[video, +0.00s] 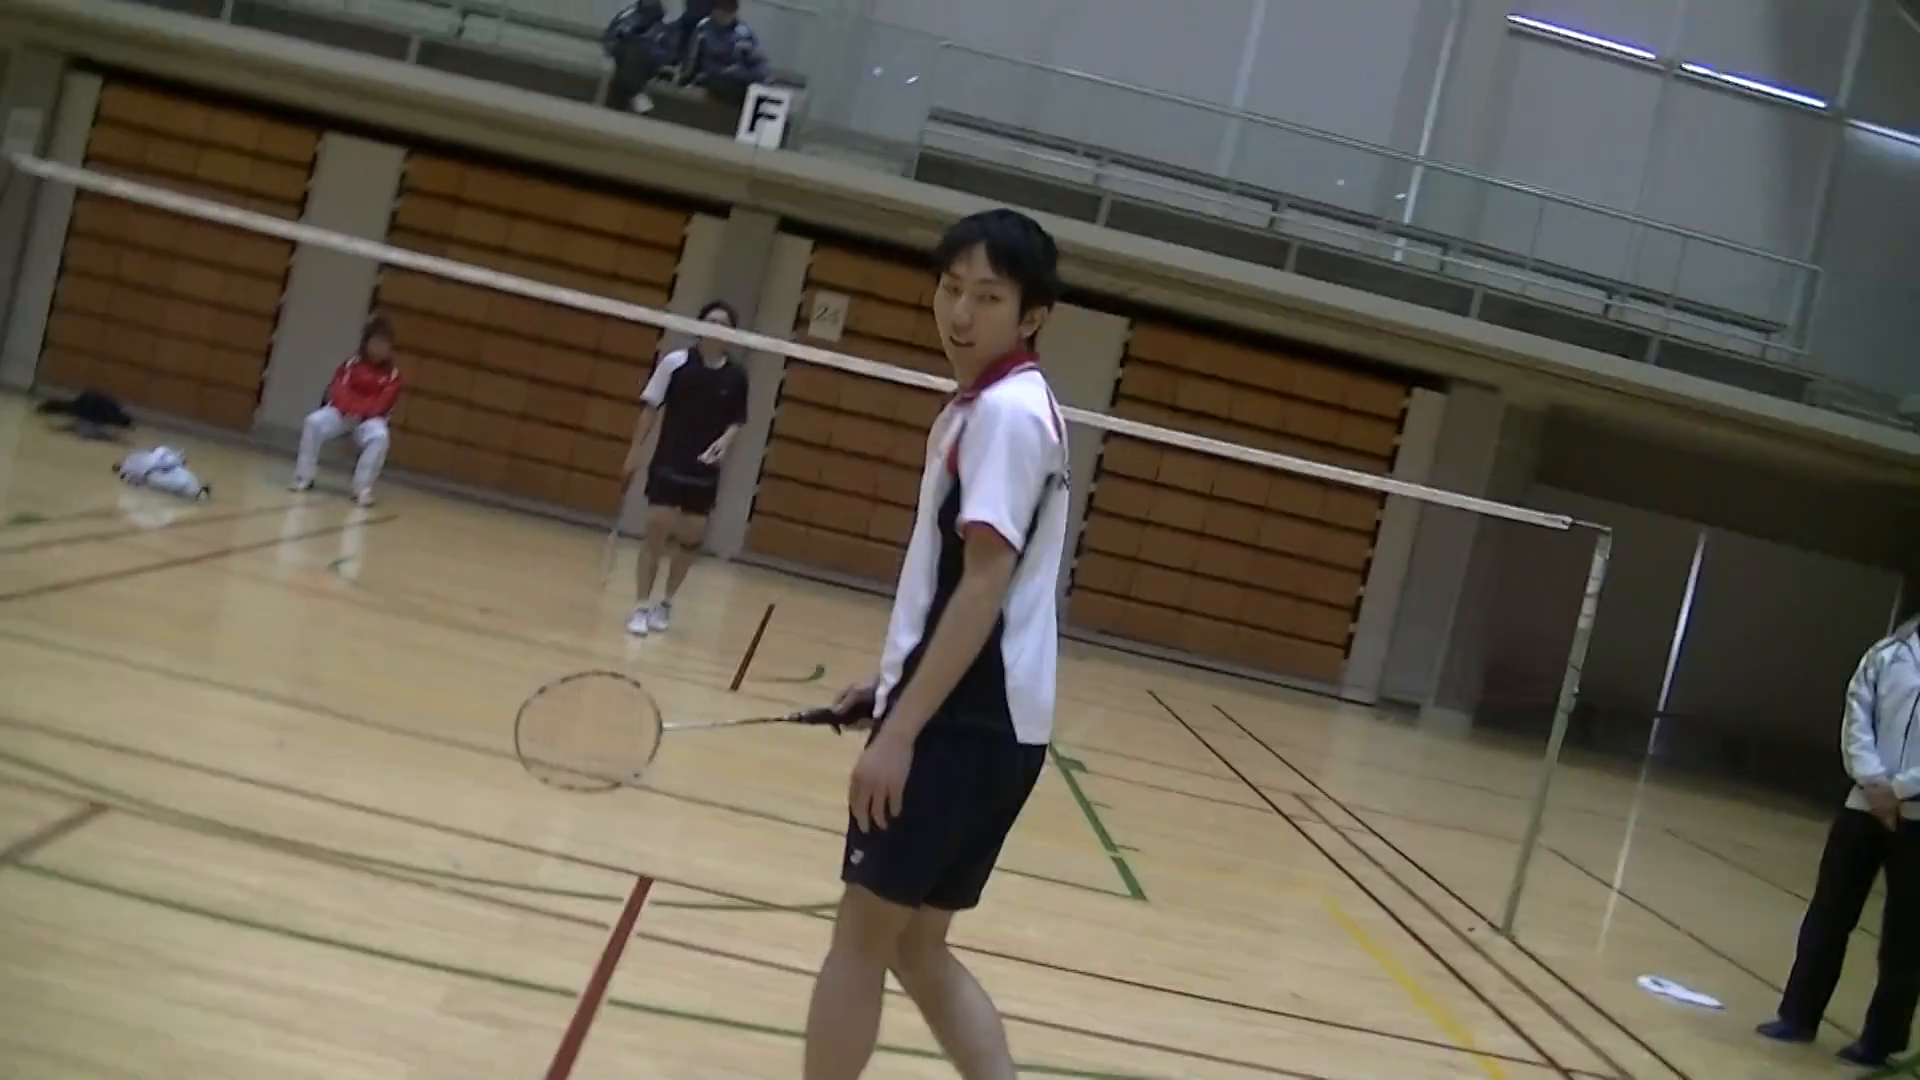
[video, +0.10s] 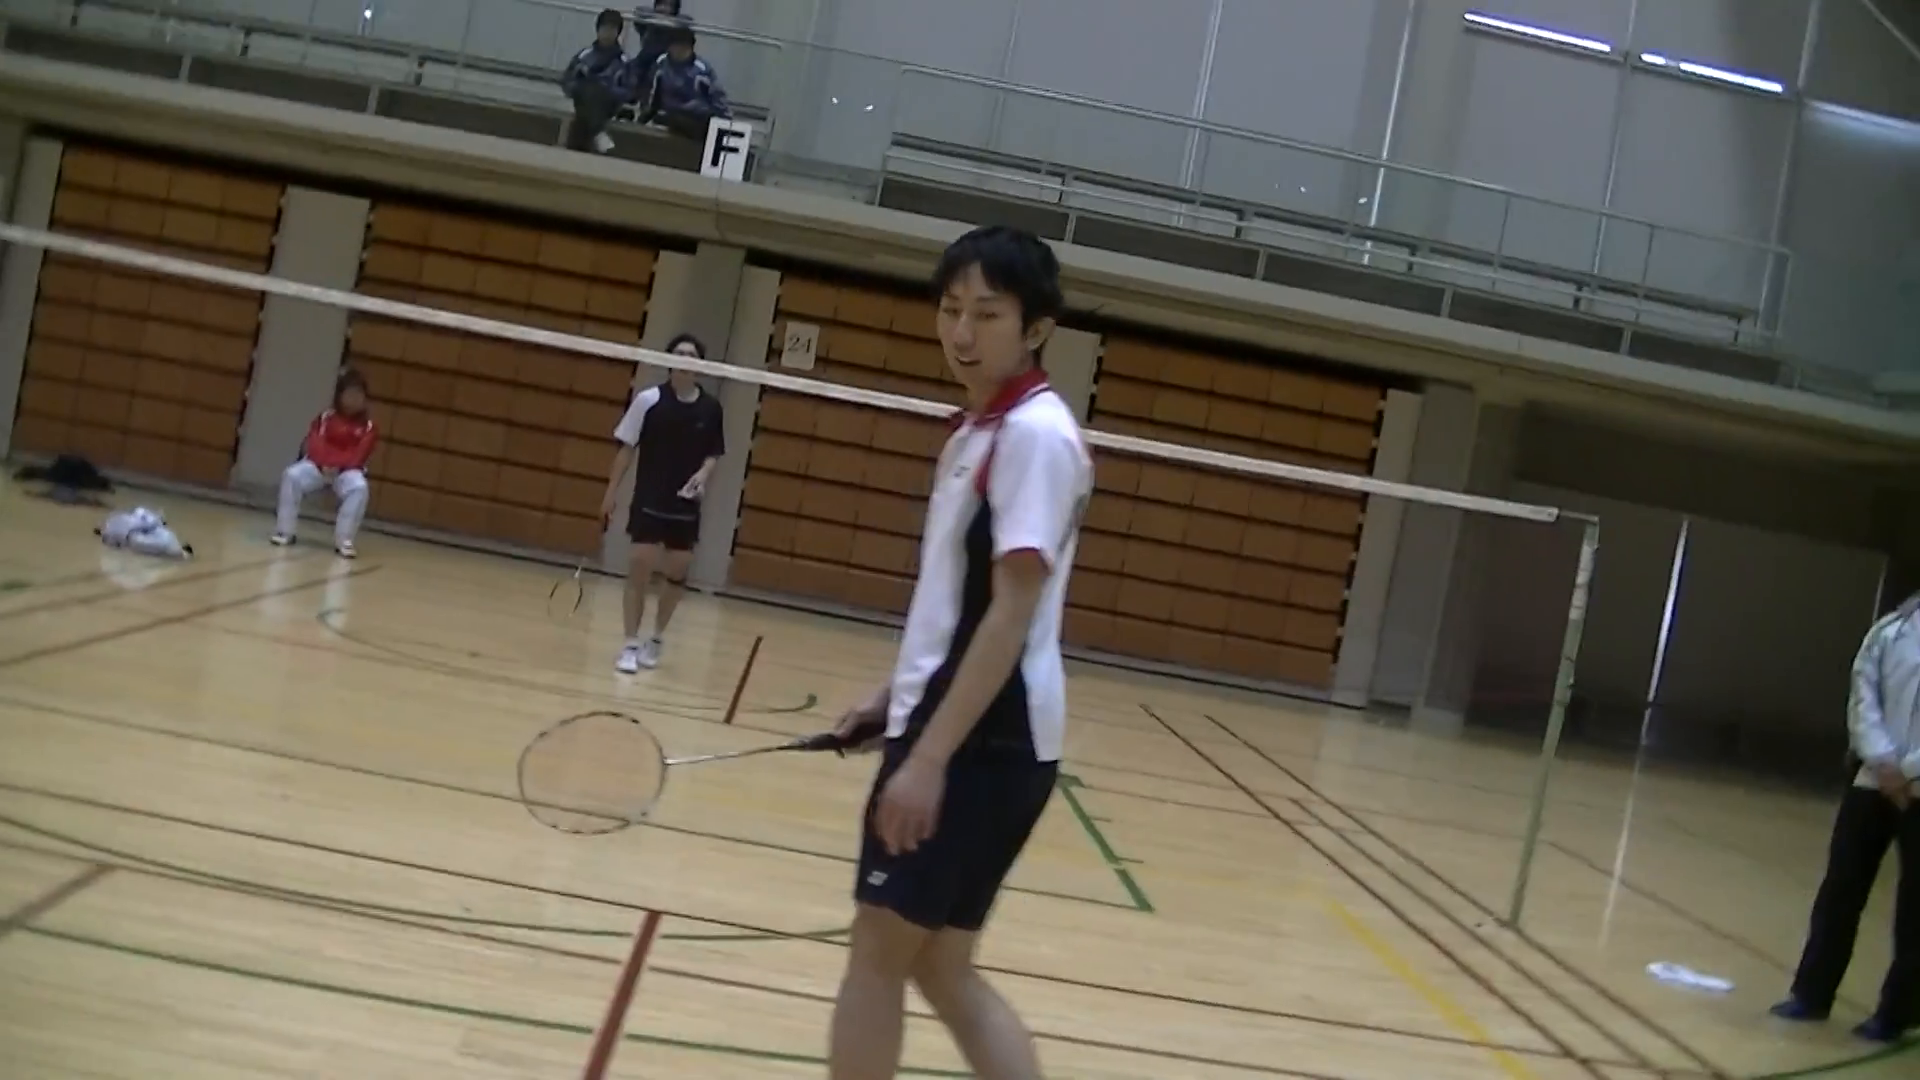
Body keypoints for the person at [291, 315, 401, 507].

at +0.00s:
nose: (378, 350)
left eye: (384, 344)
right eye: (374, 343)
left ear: (391, 348)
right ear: (365, 344)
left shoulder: (392, 376)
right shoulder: (351, 365)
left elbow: (382, 404)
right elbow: (337, 391)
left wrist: (360, 412)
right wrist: (348, 408)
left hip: (370, 417)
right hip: (342, 410)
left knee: (379, 439)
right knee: (314, 423)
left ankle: (362, 488)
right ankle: (304, 477)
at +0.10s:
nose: (353, 402)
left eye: (358, 396)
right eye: (348, 395)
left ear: (365, 399)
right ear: (339, 397)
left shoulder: (367, 427)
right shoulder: (326, 418)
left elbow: (358, 456)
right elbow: (314, 444)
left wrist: (338, 465)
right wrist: (323, 462)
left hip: (347, 469)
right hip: (319, 464)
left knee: (359, 489)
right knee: (292, 476)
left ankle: (345, 539)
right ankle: (285, 531)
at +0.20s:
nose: (343, 441)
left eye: (347, 435)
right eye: (338, 435)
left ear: (354, 438)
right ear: (329, 437)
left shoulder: (359, 466)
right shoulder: (317, 460)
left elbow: (351, 495)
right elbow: (307, 487)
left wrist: (331, 506)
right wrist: (317, 504)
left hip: (341, 510)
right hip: (313, 506)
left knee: (353, 529)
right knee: (286, 520)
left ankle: (342, 580)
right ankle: (282, 575)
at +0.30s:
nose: (320, 476)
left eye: (325, 470)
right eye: (315, 470)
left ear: (332, 472)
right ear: (306, 472)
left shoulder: (336, 501)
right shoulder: (296, 496)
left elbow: (331, 530)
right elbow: (286, 524)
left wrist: (313, 541)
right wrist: (298, 539)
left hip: (322, 544)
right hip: (294, 542)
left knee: (334, 563)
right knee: (267, 558)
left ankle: (325, 615)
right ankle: (265, 612)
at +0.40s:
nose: (295, 503)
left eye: (300, 497)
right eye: (289, 497)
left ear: (306, 499)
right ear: (280, 500)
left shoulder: (312, 527)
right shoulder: (269, 524)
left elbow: (308, 556)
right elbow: (261, 550)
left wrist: (289, 569)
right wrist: (272, 567)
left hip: (298, 571)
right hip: (270, 570)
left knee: (311, 590)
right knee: (243, 586)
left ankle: (303, 642)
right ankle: (242, 641)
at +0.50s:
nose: (273, 519)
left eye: (278, 512)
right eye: (268, 513)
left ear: (284, 515)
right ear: (258, 516)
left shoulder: (289, 543)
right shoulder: (247, 540)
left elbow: (286, 572)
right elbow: (238, 566)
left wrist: (266, 585)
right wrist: (250, 584)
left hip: (275, 588)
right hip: (247, 586)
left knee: (288, 607)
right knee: (220, 603)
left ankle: (281, 659)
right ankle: (220, 658)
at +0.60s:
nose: (254, 526)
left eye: (258, 520)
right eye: (248, 521)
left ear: (263, 523)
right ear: (237, 524)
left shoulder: (268, 552)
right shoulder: (225, 549)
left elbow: (264, 580)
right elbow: (217, 576)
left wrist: (244, 593)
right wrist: (230, 591)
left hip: (254, 595)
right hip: (226, 594)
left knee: (268, 613)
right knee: (199, 611)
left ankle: (261, 667)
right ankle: (200, 666)